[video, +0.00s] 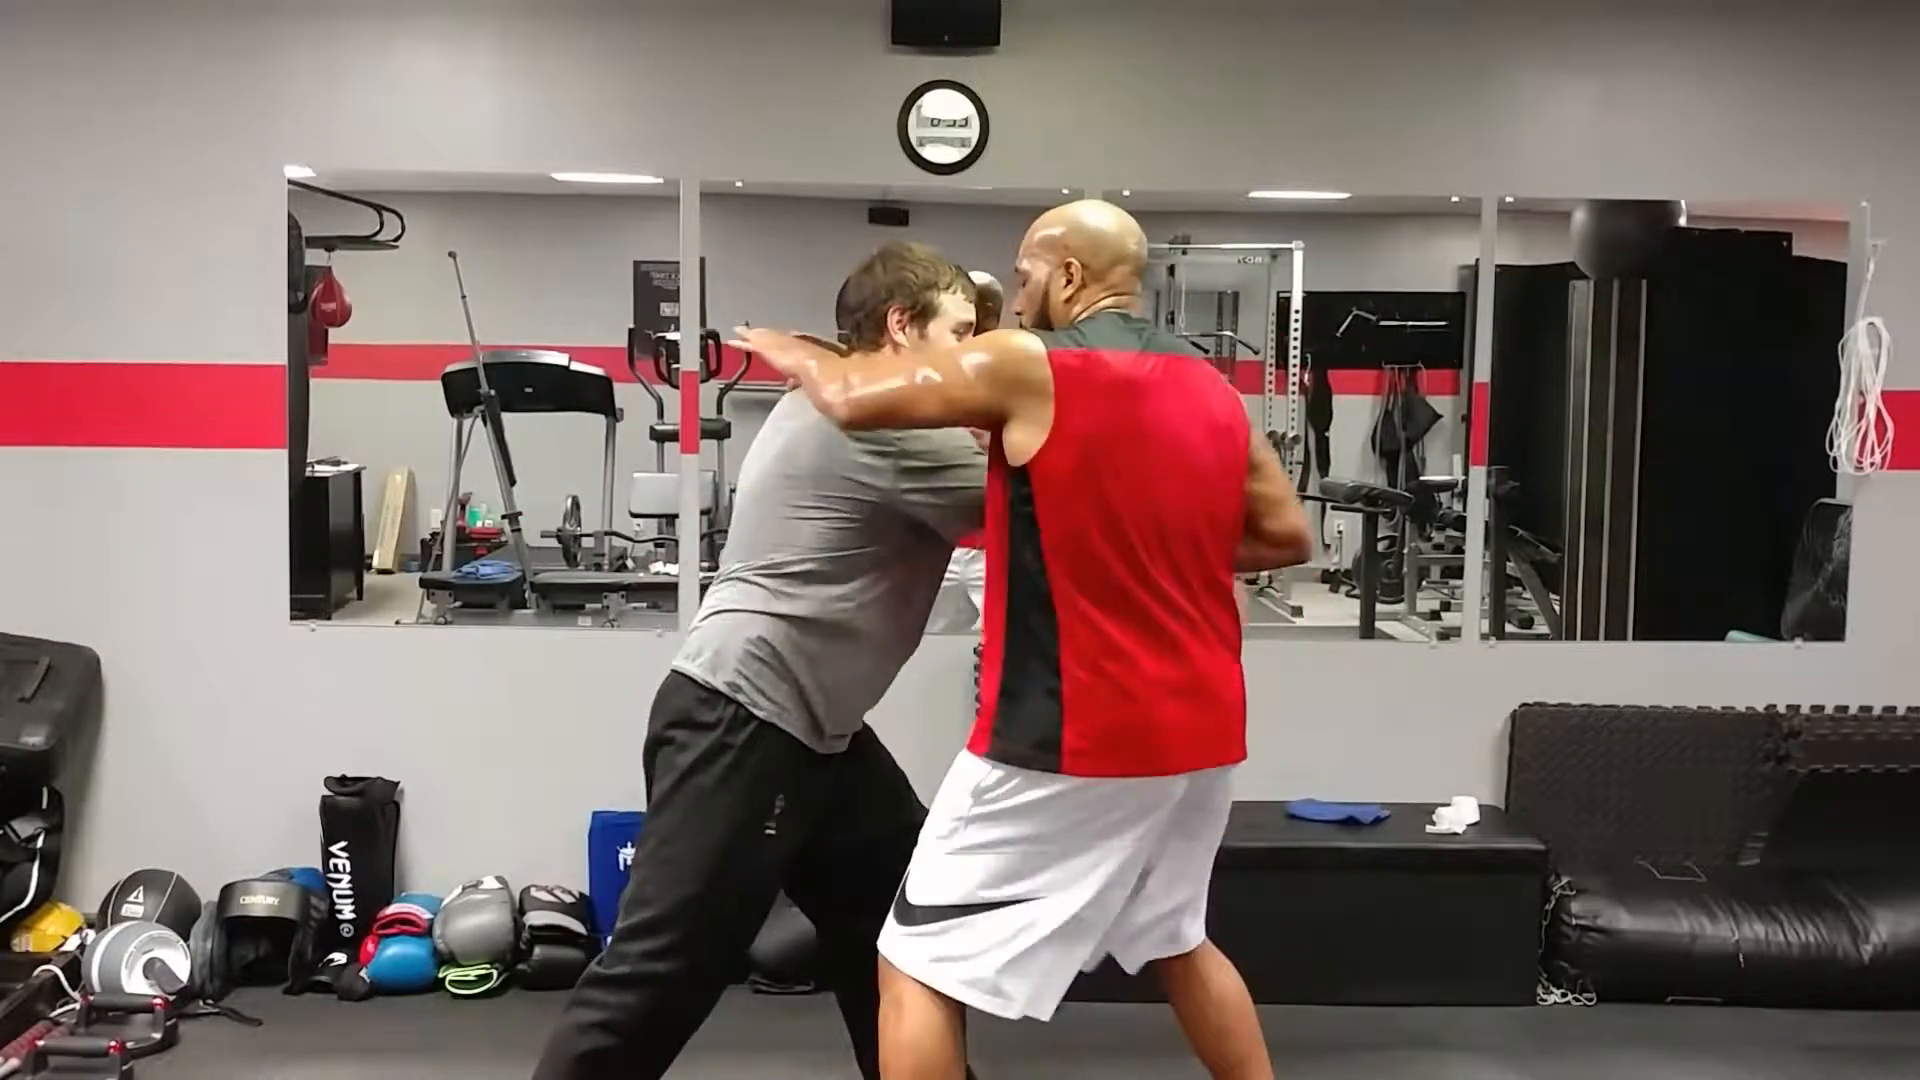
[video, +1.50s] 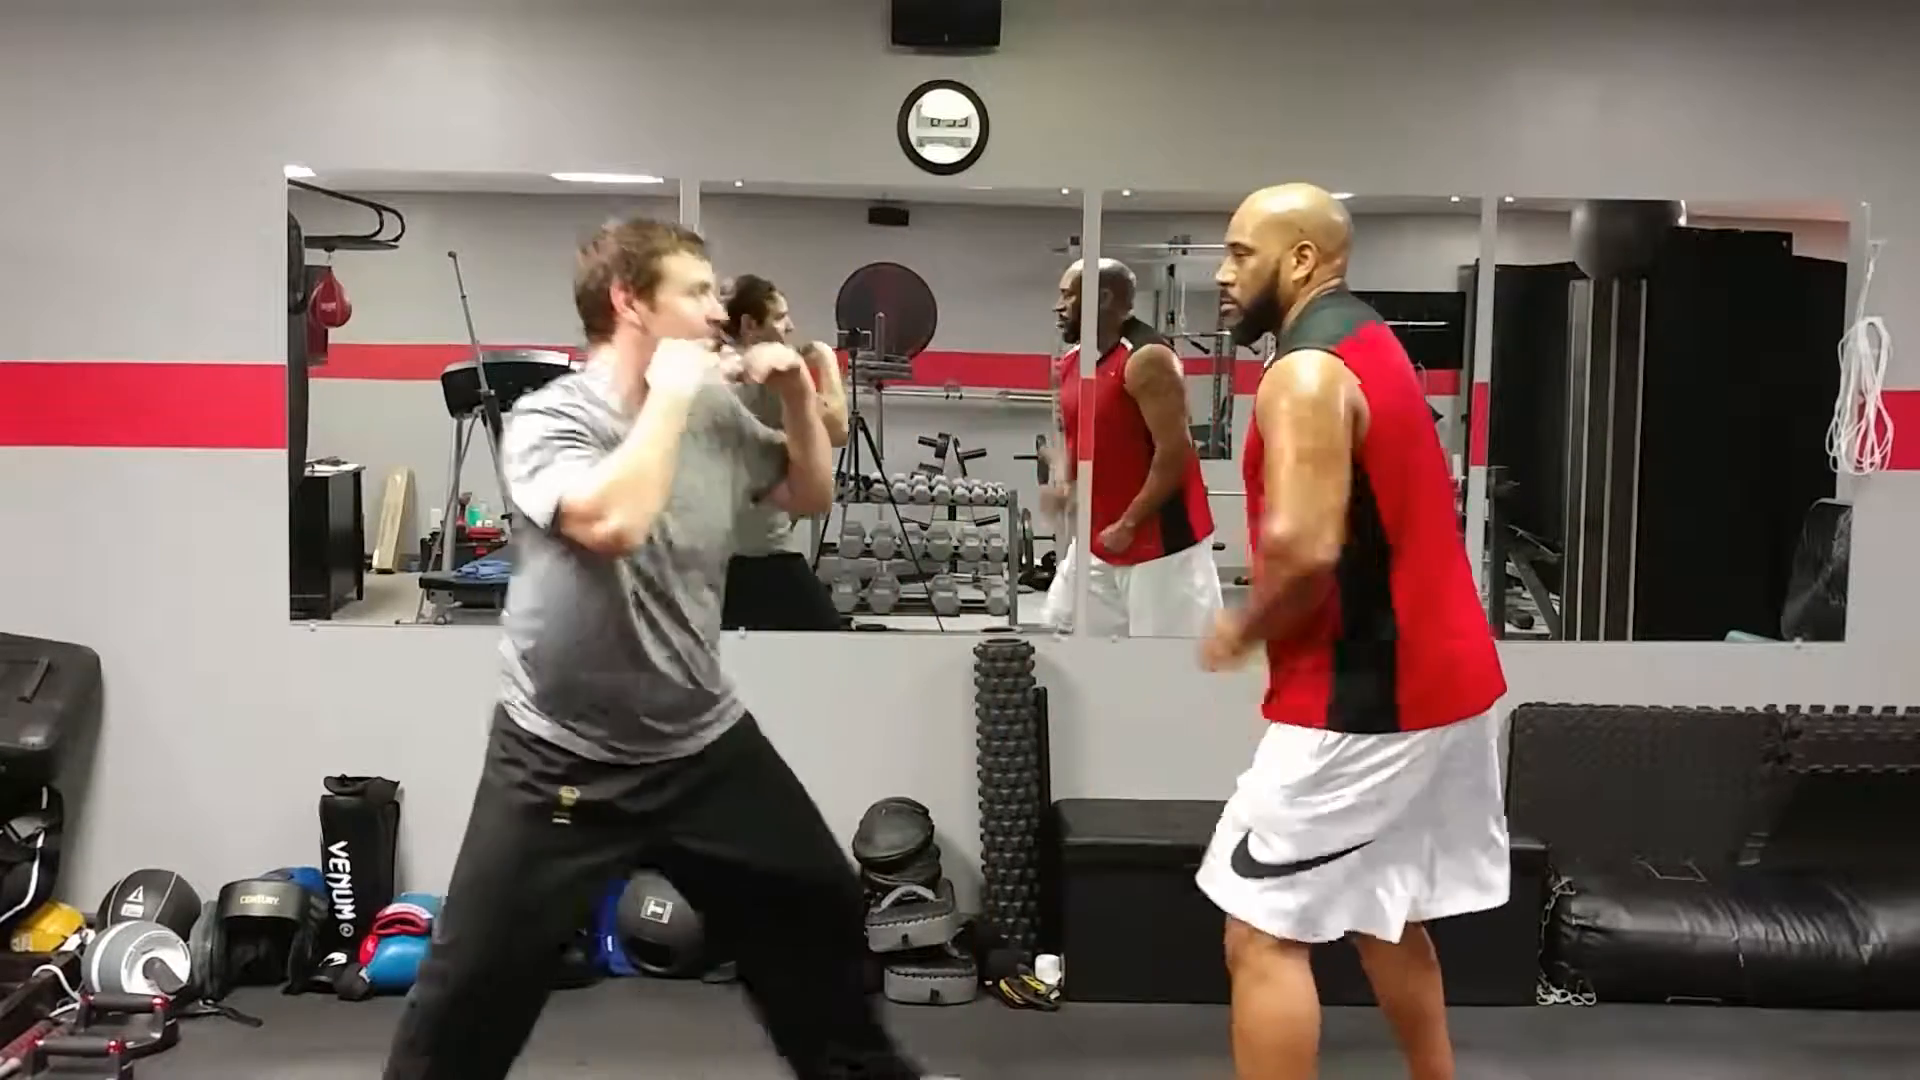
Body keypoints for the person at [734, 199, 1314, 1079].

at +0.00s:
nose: (1013, 288)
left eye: (1023, 272)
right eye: (1016, 272)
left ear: (1067, 275)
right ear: (1127, 280)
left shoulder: (1023, 359)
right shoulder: (1212, 388)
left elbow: (853, 396)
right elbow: (1285, 533)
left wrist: (796, 353)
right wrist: (1166, 550)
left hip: (1060, 728)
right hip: (1204, 722)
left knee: (915, 963)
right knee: (1178, 938)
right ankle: (1256, 1079)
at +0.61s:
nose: (1100, 268)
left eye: (1110, 249)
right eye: (1101, 250)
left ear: (1163, 247)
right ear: (1201, 253)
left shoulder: (1130, 355)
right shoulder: (1298, 359)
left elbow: (963, 433)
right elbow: (1378, 506)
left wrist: (841, 389)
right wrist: (1270, 549)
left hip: (1165, 699)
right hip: (1299, 694)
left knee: (1014, 937)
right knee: (1222, 925)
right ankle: (1276, 1075)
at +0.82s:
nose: (1137, 255)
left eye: (1152, 234)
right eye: (1138, 235)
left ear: (1212, 232)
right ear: (1231, 237)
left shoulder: (1205, 338)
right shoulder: (1316, 333)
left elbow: (1054, 436)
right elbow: (1383, 488)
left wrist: (891, 425)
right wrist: (1221, 471)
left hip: (1234, 678)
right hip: (1346, 676)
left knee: (1086, 906)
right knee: (1273, 925)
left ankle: (1169, 1071)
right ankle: (1289, 1077)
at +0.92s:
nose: (1146, 252)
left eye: (1161, 230)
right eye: (1149, 231)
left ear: (1223, 233)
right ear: (1240, 238)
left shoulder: (1218, 344)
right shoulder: (1313, 327)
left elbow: (1078, 459)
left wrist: (922, 492)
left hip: (1254, 691)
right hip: (1341, 679)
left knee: (1169, 935)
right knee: (1266, 925)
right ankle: (1286, 1078)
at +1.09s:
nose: (1159, 275)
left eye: (1175, 256)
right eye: (1161, 256)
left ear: (1241, 257)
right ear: (1256, 260)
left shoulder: (1248, 374)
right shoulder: (1329, 348)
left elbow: (1182, 549)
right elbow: (1314, 518)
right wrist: (1212, 599)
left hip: (1294, 717)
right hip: (1377, 704)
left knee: (1210, 953)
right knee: (1312, 956)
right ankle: (1359, 1076)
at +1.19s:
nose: (1178, 282)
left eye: (1194, 262)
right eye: (1179, 262)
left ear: (1260, 265)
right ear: (1269, 268)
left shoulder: (1284, 383)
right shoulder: (1328, 351)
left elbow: (1298, 576)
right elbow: (1345, 543)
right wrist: (1242, 641)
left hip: (1313, 724)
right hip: (1386, 708)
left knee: (1210, 948)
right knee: (1358, 927)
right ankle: (1421, 1071)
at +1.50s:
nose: (1225, 272)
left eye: (1242, 254)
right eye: (1228, 253)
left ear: (1305, 262)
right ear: (1316, 264)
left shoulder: (1310, 369)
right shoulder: (1365, 344)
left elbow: (1305, 549)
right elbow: (1384, 526)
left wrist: (1245, 626)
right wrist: (1283, 613)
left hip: (1360, 697)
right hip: (1436, 685)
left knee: (1260, 927)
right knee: (1383, 907)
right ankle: (1435, 1071)